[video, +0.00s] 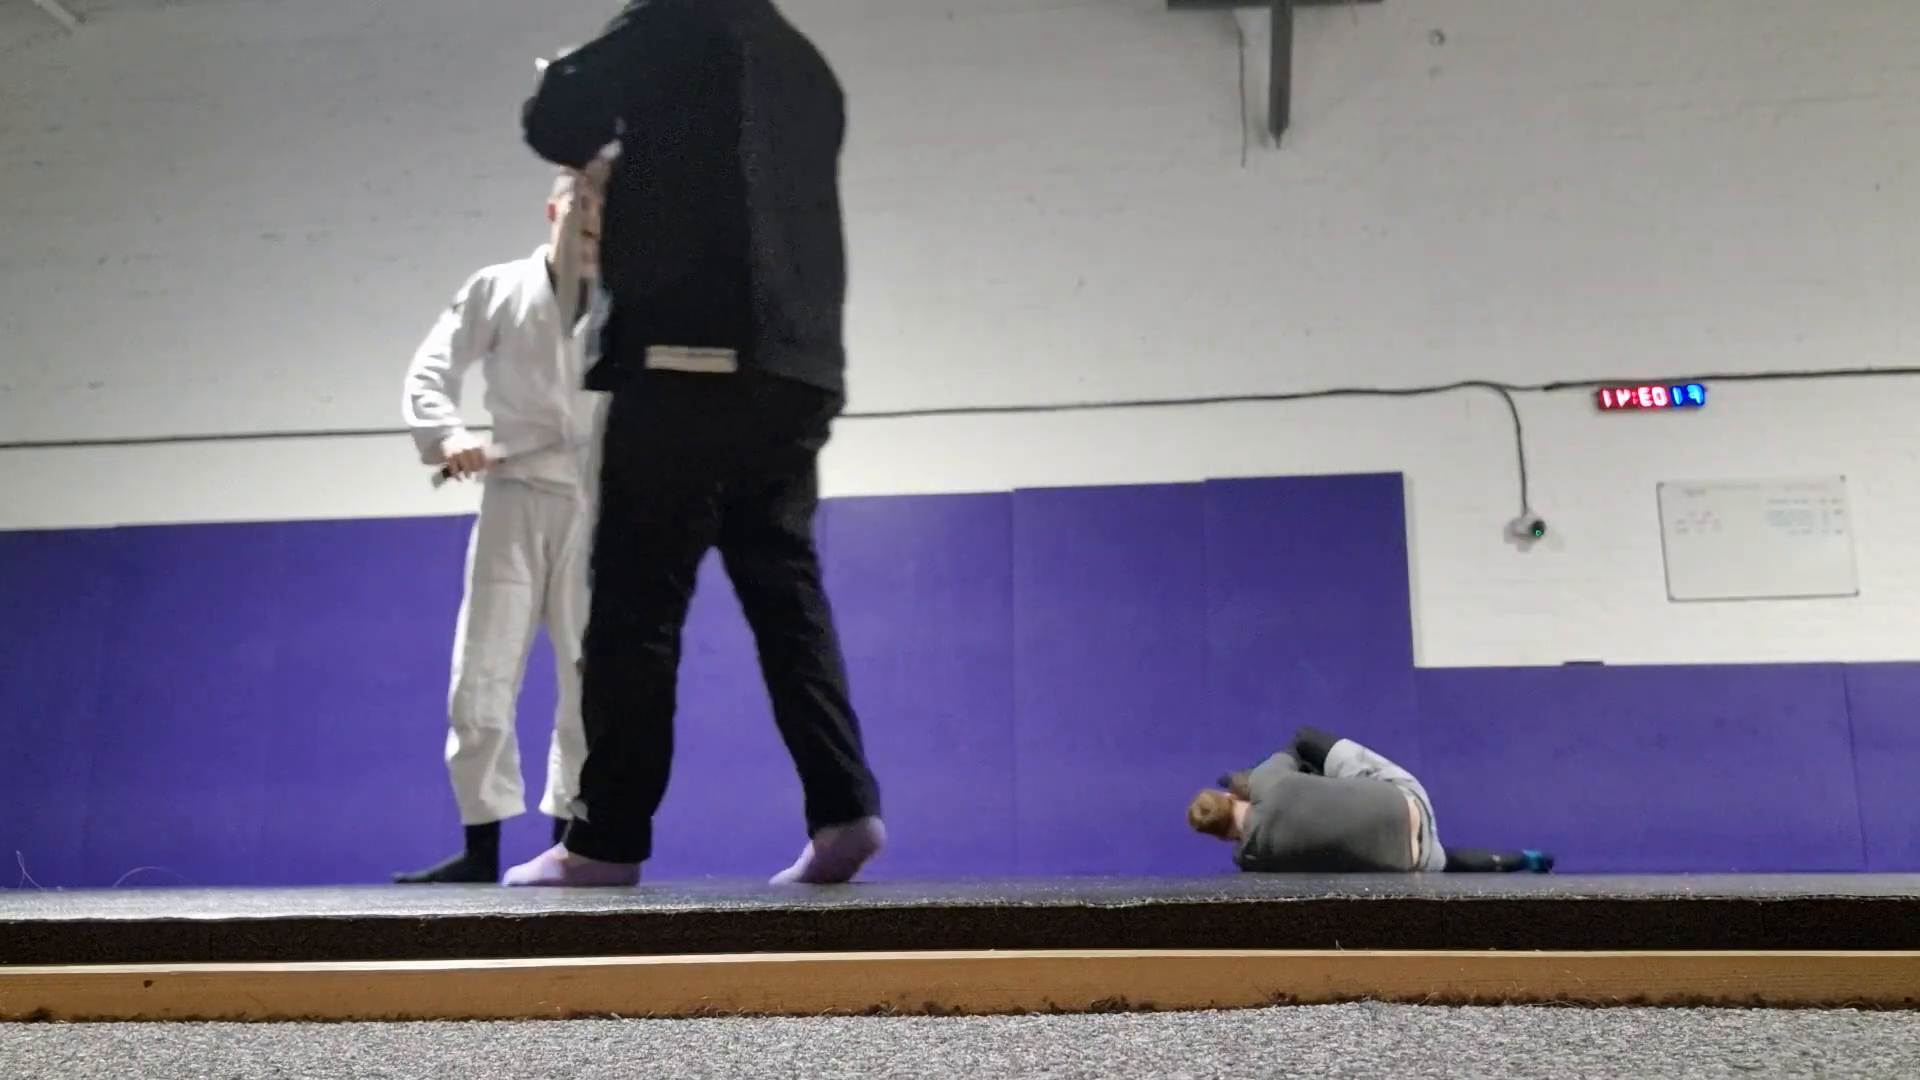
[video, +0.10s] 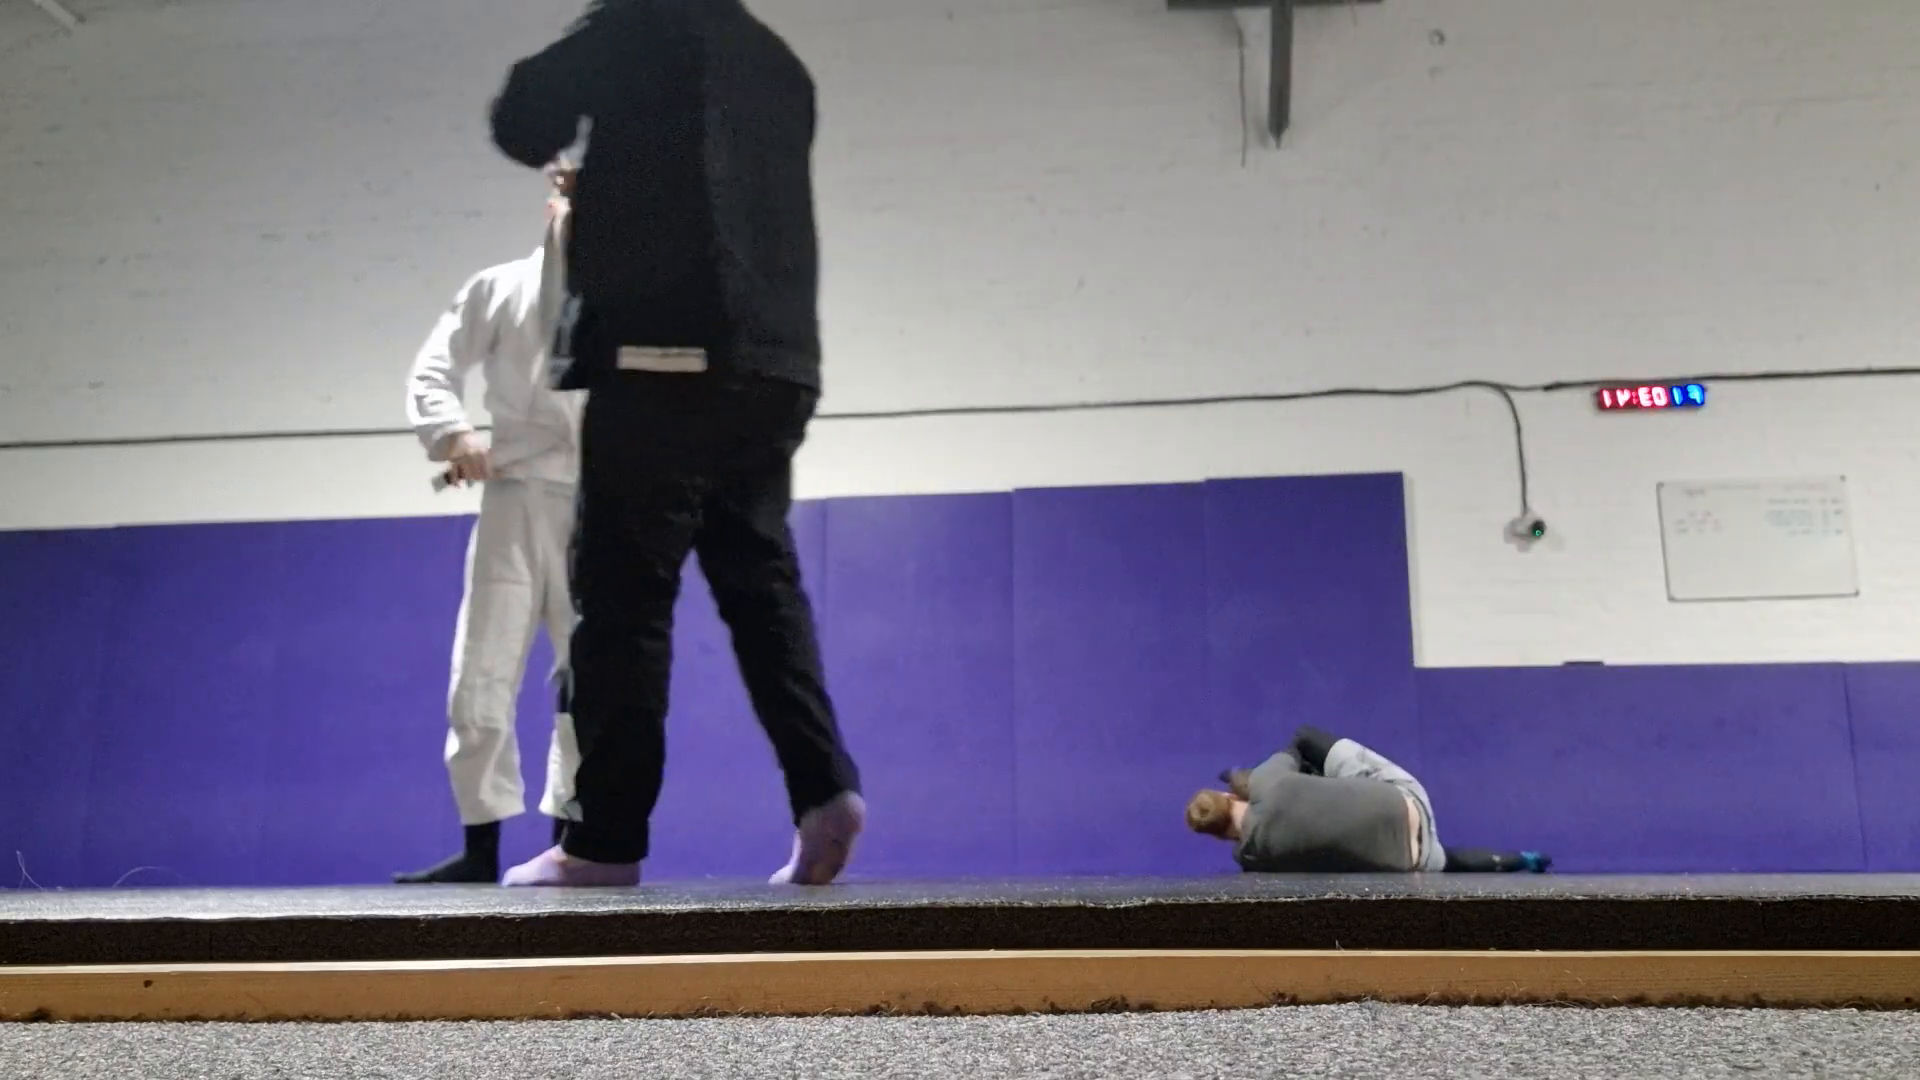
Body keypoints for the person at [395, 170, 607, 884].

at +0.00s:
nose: (587, 231)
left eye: (600, 220)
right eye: (577, 213)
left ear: (618, 231)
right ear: (552, 213)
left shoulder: (630, 299)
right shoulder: (499, 289)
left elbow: (656, 389)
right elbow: (428, 376)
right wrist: (446, 438)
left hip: (597, 504)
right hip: (514, 498)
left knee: (589, 670)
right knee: (484, 670)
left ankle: (578, 840)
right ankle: (481, 848)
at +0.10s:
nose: (571, 204)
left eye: (585, 191)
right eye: (563, 189)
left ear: (612, 205)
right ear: (546, 200)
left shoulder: (631, 290)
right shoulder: (499, 290)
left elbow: (657, 391)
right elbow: (431, 376)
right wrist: (454, 434)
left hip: (598, 509)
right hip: (514, 501)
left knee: (587, 677)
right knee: (480, 675)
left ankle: (577, 842)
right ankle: (480, 849)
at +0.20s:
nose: (569, 235)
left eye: (587, 225)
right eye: (563, 222)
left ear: (611, 232)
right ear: (547, 223)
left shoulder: (633, 298)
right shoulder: (502, 290)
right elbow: (434, 376)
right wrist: (472, 429)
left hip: (598, 510)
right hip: (518, 500)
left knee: (588, 676)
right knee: (482, 671)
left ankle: (576, 842)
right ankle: (480, 849)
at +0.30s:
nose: (555, 242)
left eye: (569, 233)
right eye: (548, 231)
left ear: (594, 239)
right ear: (533, 231)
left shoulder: (618, 298)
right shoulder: (496, 290)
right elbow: (441, 379)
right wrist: (502, 420)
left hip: (590, 506)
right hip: (517, 501)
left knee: (583, 678)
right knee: (481, 673)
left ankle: (578, 844)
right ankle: (480, 850)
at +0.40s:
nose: (549, 242)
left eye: (562, 233)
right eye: (538, 229)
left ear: (590, 236)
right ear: (523, 229)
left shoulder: (616, 298)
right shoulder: (500, 285)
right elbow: (450, 376)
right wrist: (507, 419)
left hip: (595, 495)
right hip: (517, 488)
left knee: (581, 672)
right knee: (482, 672)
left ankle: (576, 842)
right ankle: (480, 850)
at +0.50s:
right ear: (520, 244)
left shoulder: (615, 321)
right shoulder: (499, 295)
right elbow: (454, 385)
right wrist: (514, 422)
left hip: (597, 493)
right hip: (517, 486)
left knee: (586, 667)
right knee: (483, 661)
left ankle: (575, 842)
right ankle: (480, 848)